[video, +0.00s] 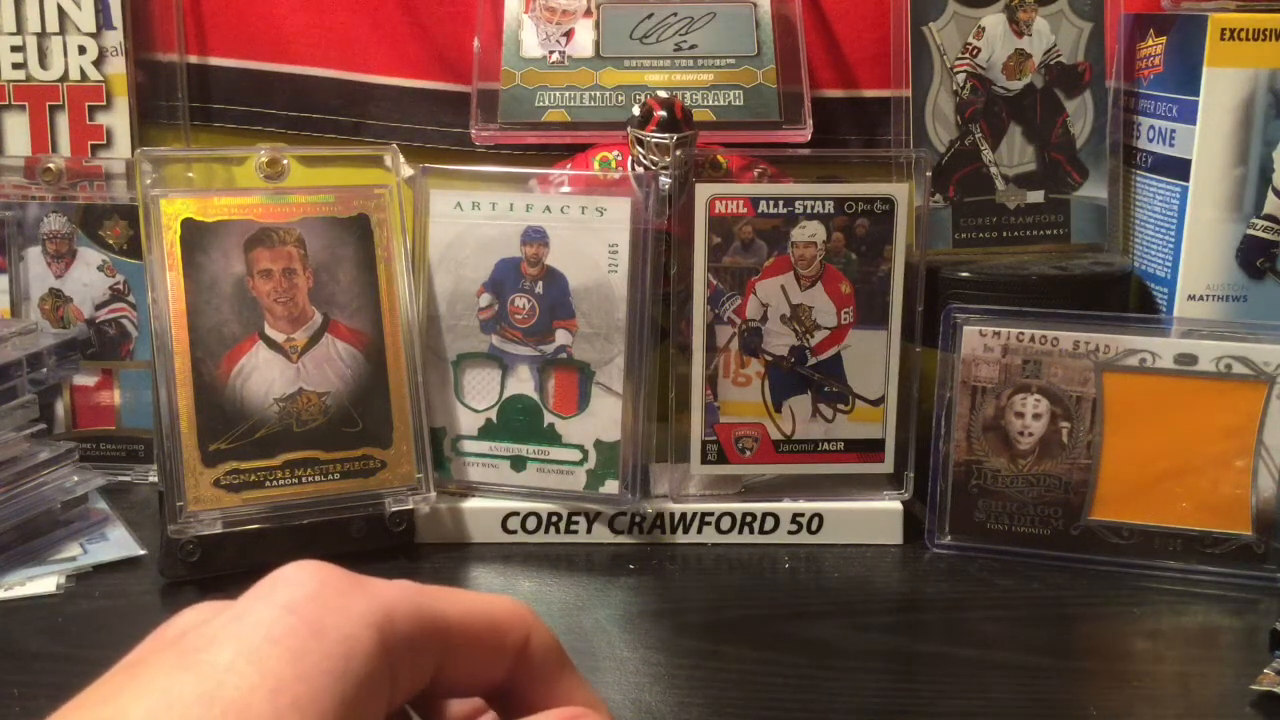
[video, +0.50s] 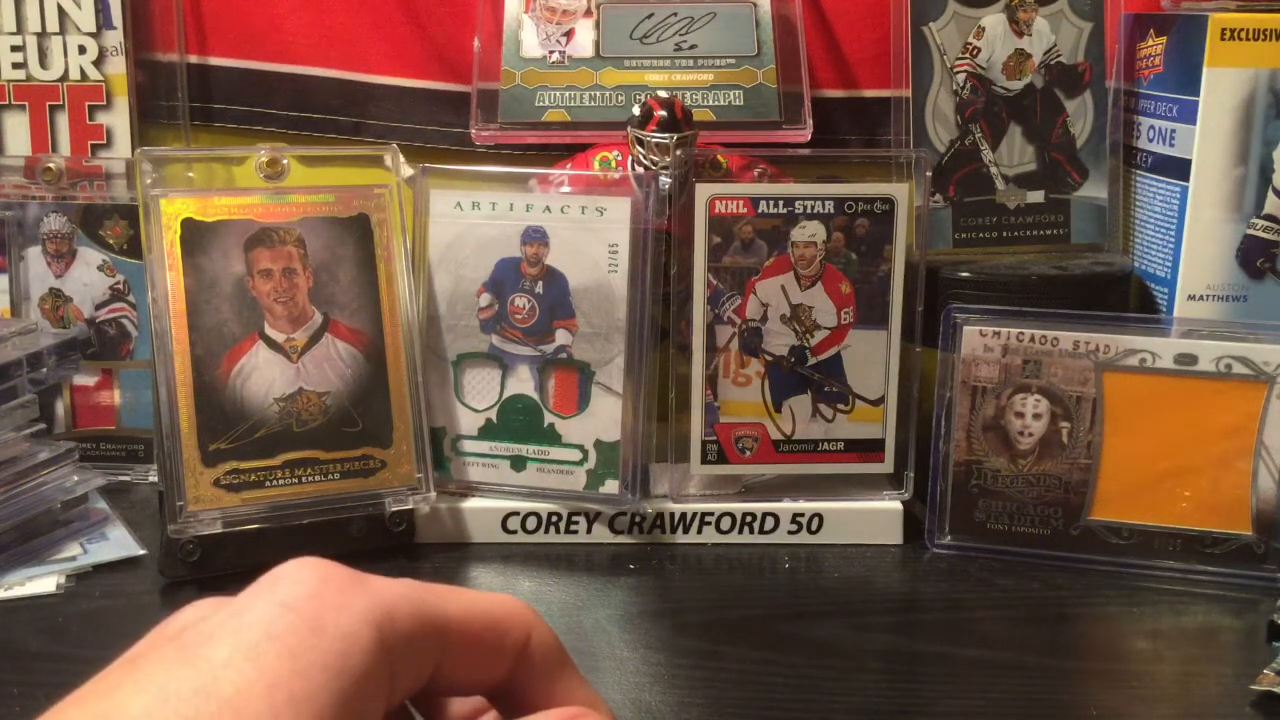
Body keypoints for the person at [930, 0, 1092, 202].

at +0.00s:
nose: (1030, 17)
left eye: (1034, 11)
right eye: (1025, 11)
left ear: (1037, 11)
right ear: (1011, 9)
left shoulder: (1041, 28)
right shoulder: (990, 26)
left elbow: (1051, 61)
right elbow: (965, 63)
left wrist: (1068, 75)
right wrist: (969, 98)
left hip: (1025, 92)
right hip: (992, 93)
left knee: (1056, 123)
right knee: (980, 139)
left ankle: (1063, 176)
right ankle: (942, 183)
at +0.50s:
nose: (1030, 17)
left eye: (1034, 11)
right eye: (1024, 11)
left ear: (1037, 11)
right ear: (1011, 9)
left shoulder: (1041, 28)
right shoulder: (990, 26)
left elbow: (1051, 62)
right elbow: (964, 63)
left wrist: (1069, 75)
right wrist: (969, 98)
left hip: (1025, 92)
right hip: (992, 93)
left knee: (1056, 124)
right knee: (980, 138)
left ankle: (1064, 176)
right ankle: (943, 184)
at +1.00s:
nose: (1030, 16)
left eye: (1033, 11)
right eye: (1024, 11)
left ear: (1037, 10)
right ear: (1011, 9)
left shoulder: (1041, 28)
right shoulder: (990, 26)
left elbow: (1051, 62)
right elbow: (965, 63)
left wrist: (1069, 75)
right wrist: (970, 99)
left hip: (1026, 91)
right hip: (992, 93)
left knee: (1056, 124)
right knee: (980, 138)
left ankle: (1063, 176)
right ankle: (942, 184)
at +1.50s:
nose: (1030, 17)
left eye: (1034, 11)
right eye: (1025, 11)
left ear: (1037, 11)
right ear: (1011, 9)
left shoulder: (1041, 27)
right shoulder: (990, 26)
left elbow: (1050, 61)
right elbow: (965, 63)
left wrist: (1068, 74)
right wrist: (969, 98)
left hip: (1026, 91)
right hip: (993, 93)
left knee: (1056, 124)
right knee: (979, 138)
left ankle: (1063, 178)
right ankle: (942, 186)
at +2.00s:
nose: (1030, 16)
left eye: (1033, 10)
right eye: (1024, 10)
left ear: (1037, 10)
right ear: (1010, 9)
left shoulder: (1041, 27)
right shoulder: (990, 26)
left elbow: (1050, 60)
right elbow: (965, 63)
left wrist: (1067, 75)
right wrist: (969, 98)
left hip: (1025, 92)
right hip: (992, 93)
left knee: (1056, 123)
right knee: (979, 138)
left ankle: (1063, 177)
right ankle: (942, 186)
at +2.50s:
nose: (1029, 16)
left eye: (1033, 10)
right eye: (1024, 10)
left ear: (1037, 10)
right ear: (1011, 9)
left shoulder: (1041, 27)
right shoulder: (990, 26)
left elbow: (1050, 61)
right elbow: (965, 62)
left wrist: (1068, 74)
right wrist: (969, 96)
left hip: (1026, 92)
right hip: (993, 94)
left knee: (1056, 122)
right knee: (980, 138)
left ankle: (1063, 177)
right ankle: (943, 185)